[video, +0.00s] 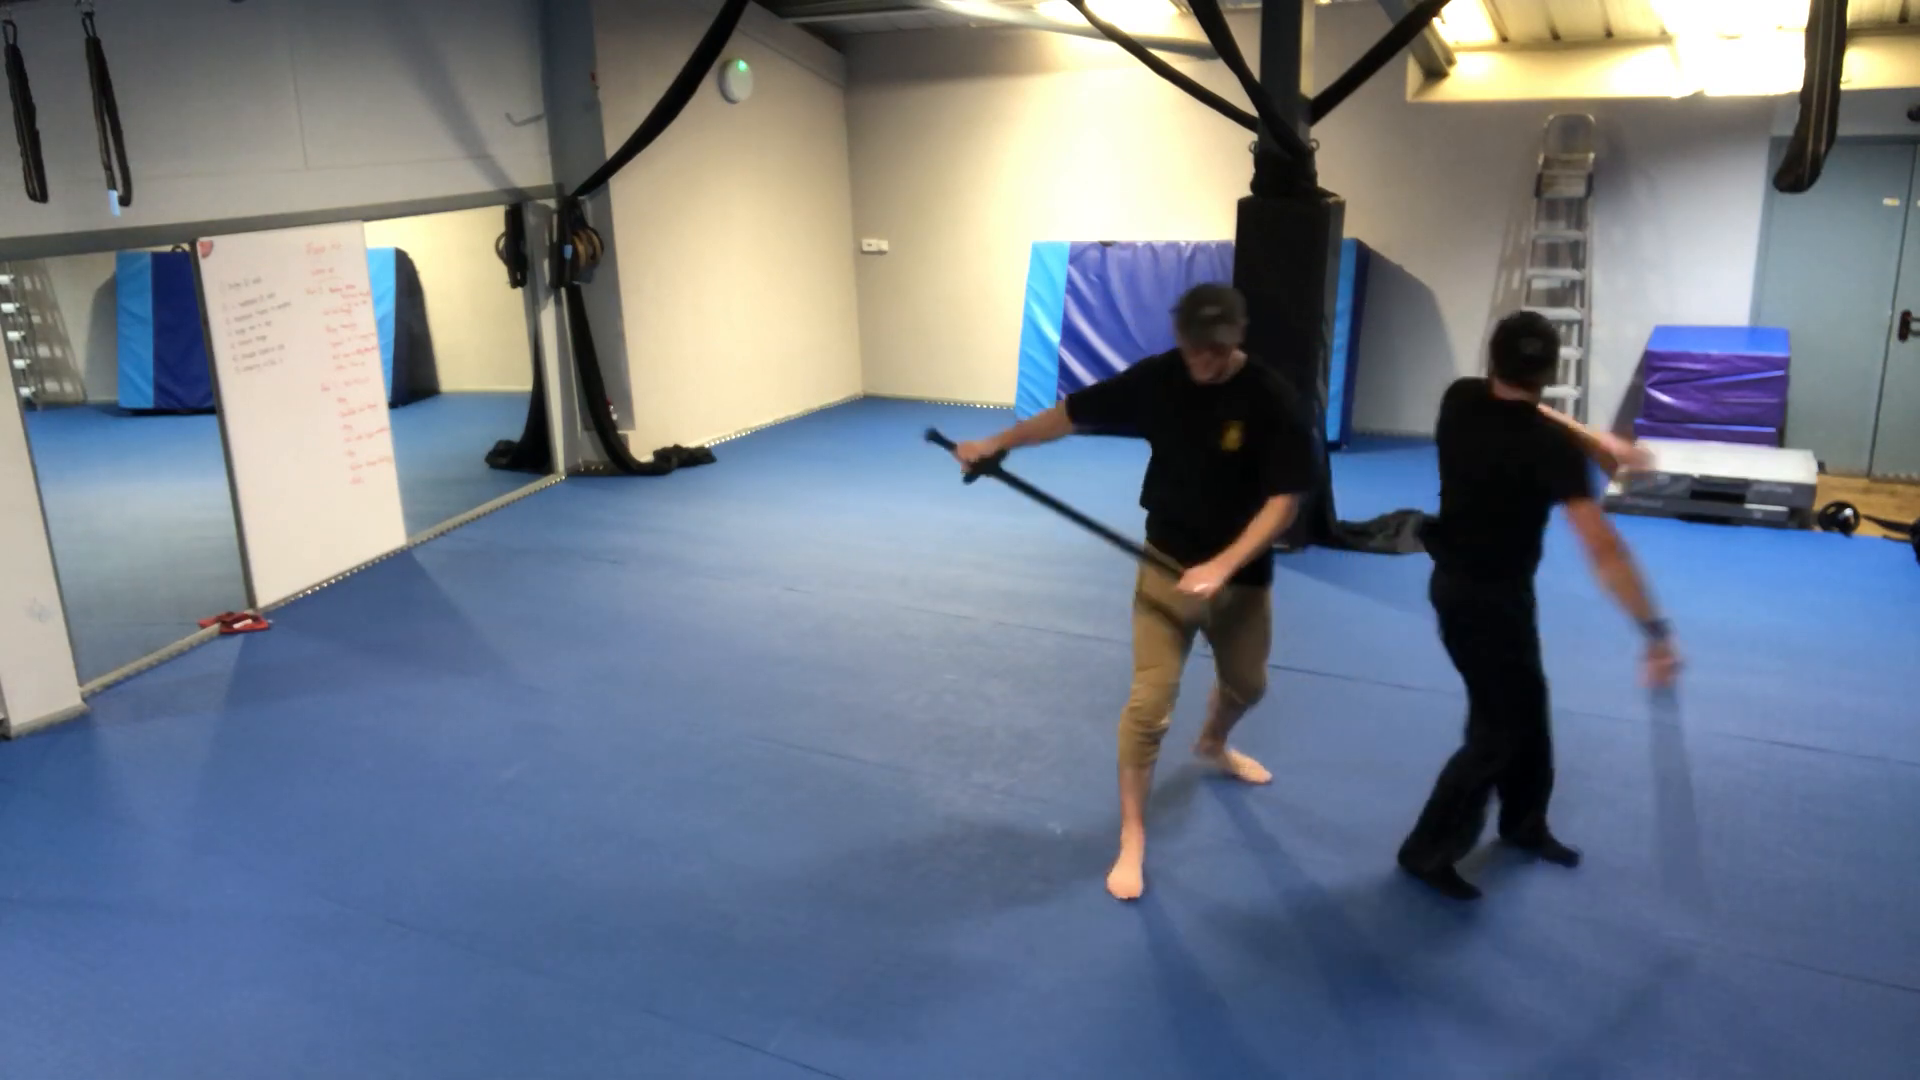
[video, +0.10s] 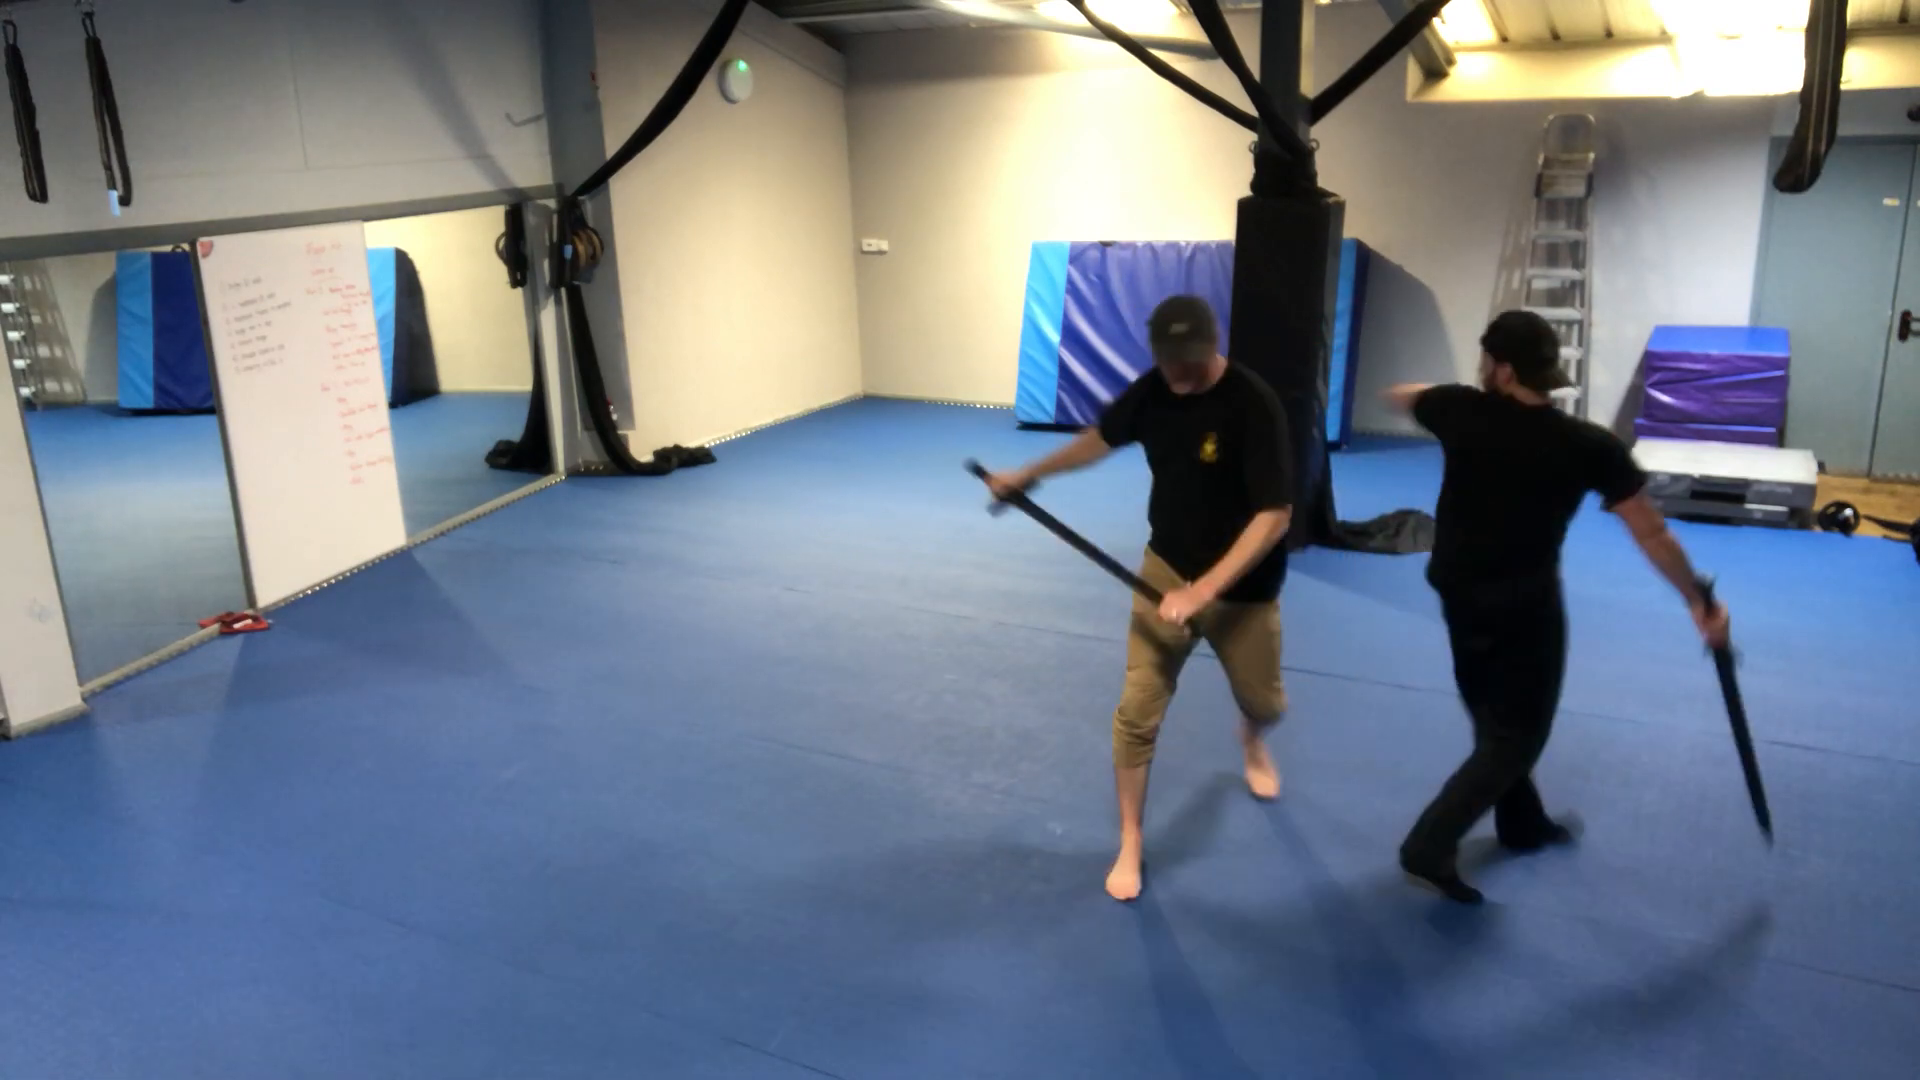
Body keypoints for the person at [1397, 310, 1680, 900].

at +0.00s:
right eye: (1545, 364)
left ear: (1492, 361)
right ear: (1549, 371)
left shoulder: (1460, 399)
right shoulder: (1553, 443)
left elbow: (1530, 415)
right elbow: (1602, 547)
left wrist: (1599, 442)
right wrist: (1653, 630)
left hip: (1456, 584)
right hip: (1499, 601)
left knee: (1521, 705)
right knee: (1498, 728)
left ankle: (1523, 822)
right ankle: (1427, 852)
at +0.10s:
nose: (1482, 370)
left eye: (1485, 361)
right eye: (1486, 361)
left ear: (1500, 367)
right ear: (1549, 370)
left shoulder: (1463, 411)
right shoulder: (1588, 445)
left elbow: (1399, 396)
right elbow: (1652, 534)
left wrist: (1462, 398)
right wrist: (1700, 600)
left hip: (1461, 592)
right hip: (1530, 602)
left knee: (1495, 715)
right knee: (1514, 737)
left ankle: (1522, 822)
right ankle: (1428, 848)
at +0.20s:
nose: (1512, 372)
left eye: (1510, 363)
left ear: (1511, 368)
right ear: (1570, 377)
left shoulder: (1463, 414)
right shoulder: (1596, 445)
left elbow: (1360, 410)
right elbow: (1657, 517)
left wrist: (1406, 417)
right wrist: (1677, 555)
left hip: (1472, 598)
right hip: (1550, 608)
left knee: (1489, 703)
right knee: (1524, 728)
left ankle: (1511, 815)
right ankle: (1463, 866)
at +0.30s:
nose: (1489, 378)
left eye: (1493, 369)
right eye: (1491, 368)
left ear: (1512, 375)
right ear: (1557, 374)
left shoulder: (1476, 428)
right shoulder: (1597, 439)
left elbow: (1372, 433)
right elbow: (1624, 498)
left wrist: (1415, 423)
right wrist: (1611, 525)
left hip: (1479, 610)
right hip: (1558, 621)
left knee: (1479, 713)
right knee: (1528, 751)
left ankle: (1484, 801)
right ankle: (1491, 898)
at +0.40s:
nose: (1501, 376)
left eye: (1504, 367)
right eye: (1504, 366)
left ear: (1519, 372)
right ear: (1568, 371)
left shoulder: (1486, 428)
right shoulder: (1607, 436)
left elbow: (1376, 446)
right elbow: (1621, 447)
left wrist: (1417, 431)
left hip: (1493, 607)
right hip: (1572, 617)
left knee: (1479, 706)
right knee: (1538, 753)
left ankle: (1479, 802)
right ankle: (1490, 898)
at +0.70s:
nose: (1524, 353)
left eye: (1529, 343)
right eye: (1526, 342)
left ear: (1552, 347)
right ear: (1586, 346)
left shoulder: (1525, 406)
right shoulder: (1635, 407)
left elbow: (1434, 428)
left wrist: (1355, 439)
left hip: (1529, 582)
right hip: (1605, 588)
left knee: (1516, 701)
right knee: (1585, 710)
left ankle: (1509, 820)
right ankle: (1552, 835)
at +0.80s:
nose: (1533, 348)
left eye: (1539, 337)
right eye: (1535, 336)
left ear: (1568, 342)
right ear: (1594, 344)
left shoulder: (1544, 402)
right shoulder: (1648, 407)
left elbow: (1466, 437)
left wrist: (1375, 463)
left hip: (1542, 576)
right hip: (1616, 580)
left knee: (1522, 701)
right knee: (1611, 686)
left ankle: (1509, 820)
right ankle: (1616, 815)